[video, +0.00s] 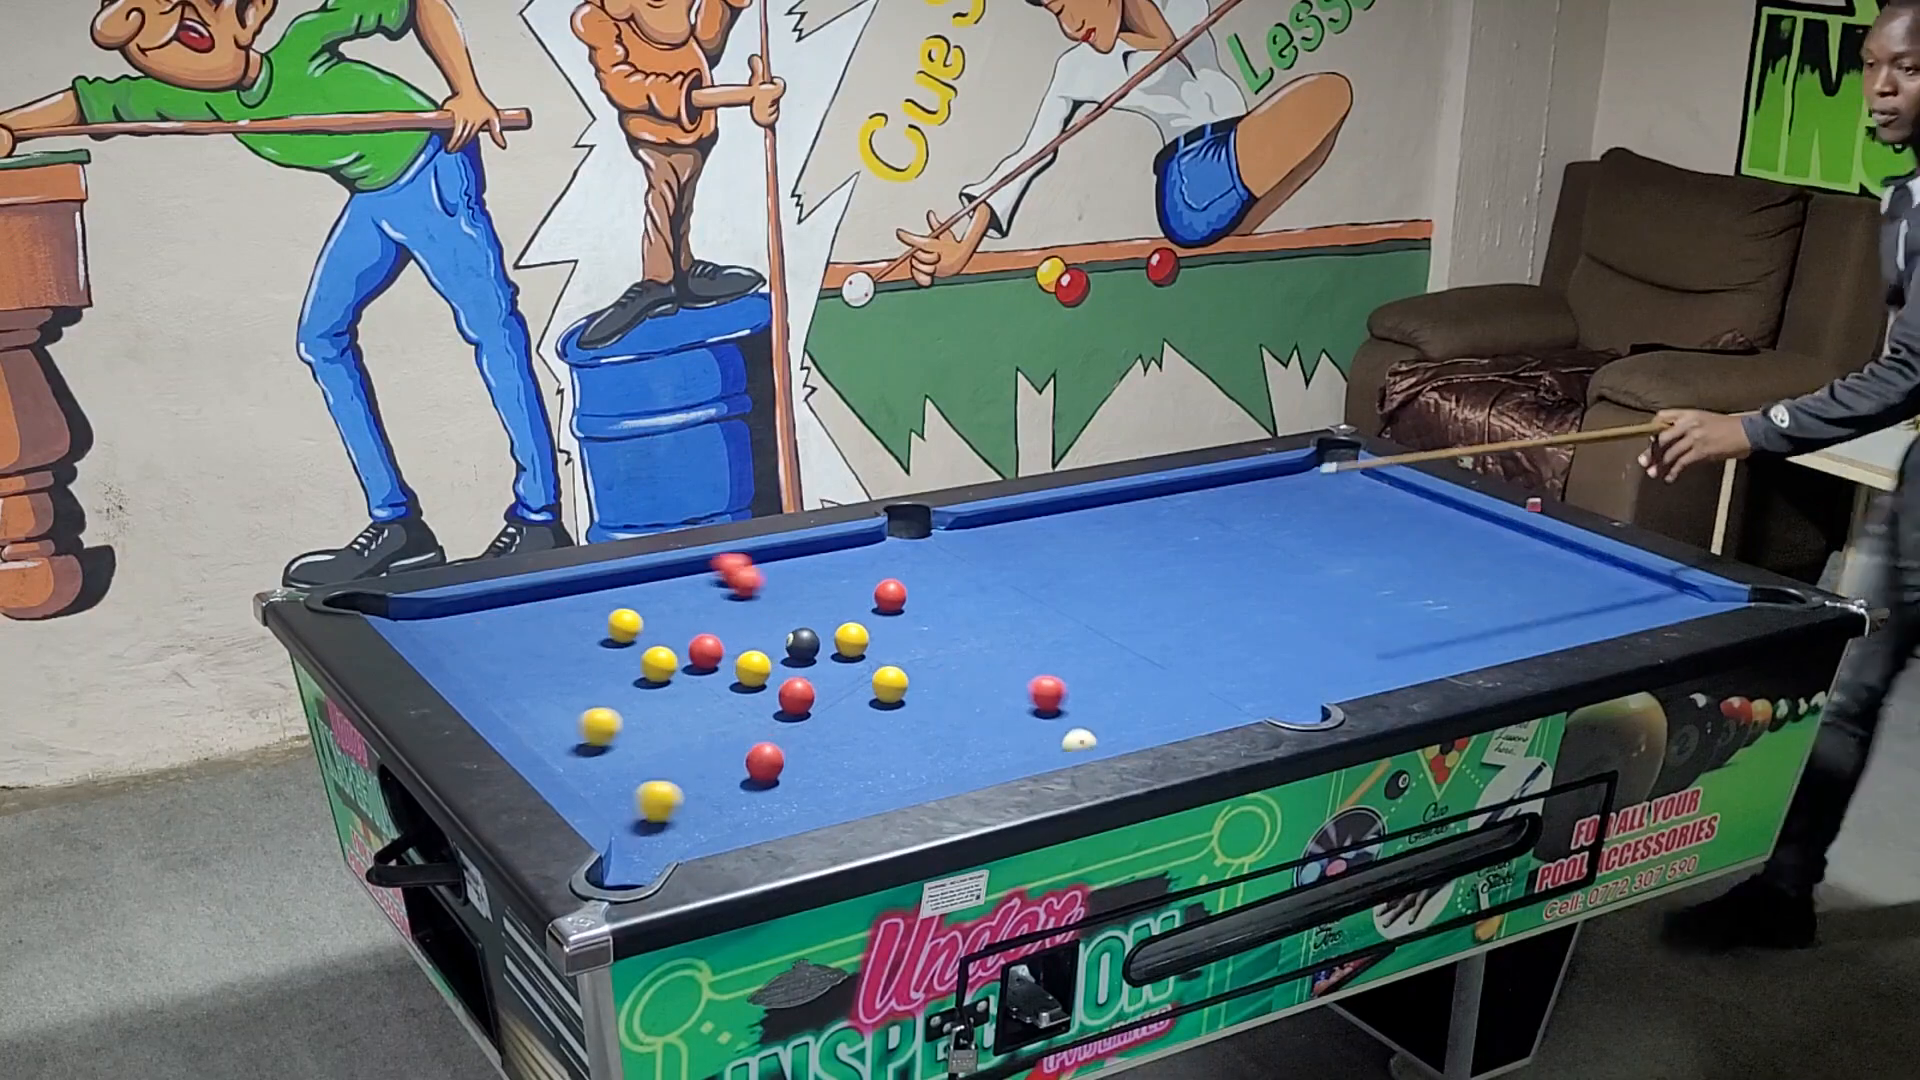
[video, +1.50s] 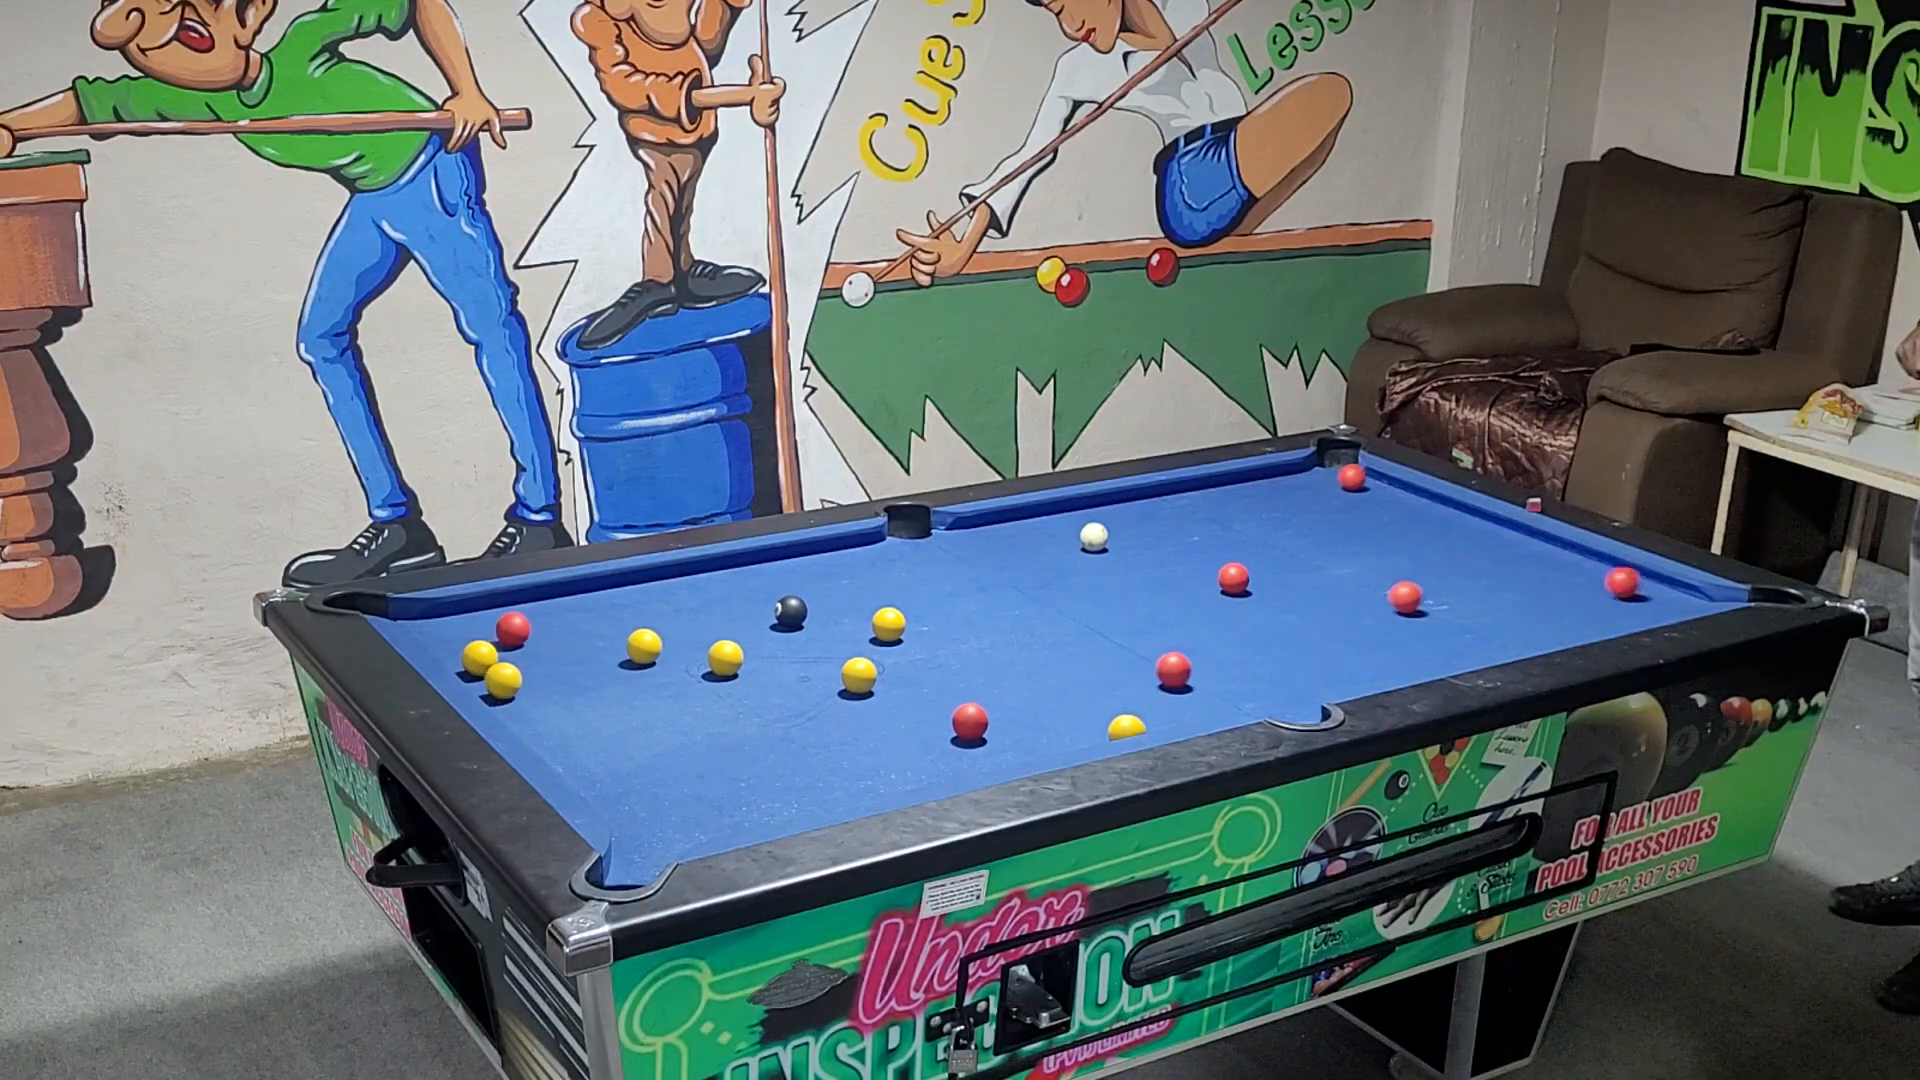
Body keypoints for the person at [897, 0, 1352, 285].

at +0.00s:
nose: (1069, 23)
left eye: (1071, 4)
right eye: (1056, 15)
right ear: (1055, 18)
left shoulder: (1173, 10)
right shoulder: (1075, 69)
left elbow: (1196, 56)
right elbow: (1028, 156)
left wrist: (1141, 15)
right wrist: (964, 245)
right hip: (1194, 173)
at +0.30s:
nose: (1069, 23)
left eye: (1071, 4)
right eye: (1056, 15)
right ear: (1055, 18)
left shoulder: (1173, 10)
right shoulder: (1076, 69)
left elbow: (1197, 56)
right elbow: (1028, 156)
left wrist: (1142, 16)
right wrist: (964, 245)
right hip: (1193, 174)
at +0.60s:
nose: (1069, 24)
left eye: (1070, 5)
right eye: (1056, 15)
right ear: (1055, 18)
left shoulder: (1176, 10)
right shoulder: (1076, 68)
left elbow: (1197, 58)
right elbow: (1028, 156)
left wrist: (1140, 12)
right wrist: (964, 245)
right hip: (1191, 183)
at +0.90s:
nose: (1069, 25)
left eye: (1069, 6)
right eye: (1057, 16)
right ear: (1056, 18)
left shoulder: (1177, 10)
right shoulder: (1077, 68)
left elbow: (1199, 60)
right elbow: (1028, 157)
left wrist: (1142, 15)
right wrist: (964, 246)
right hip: (1191, 184)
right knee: (1330, 92)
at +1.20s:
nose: (1069, 24)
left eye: (1070, 5)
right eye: (1056, 15)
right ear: (1056, 18)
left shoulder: (1175, 10)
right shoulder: (1076, 69)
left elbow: (1198, 57)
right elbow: (1028, 156)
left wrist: (1138, 13)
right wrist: (964, 246)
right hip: (1192, 183)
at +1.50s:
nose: (1070, 25)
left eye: (1070, 6)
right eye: (1057, 16)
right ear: (1056, 18)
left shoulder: (1177, 10)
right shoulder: (1077, 69)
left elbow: (1198, 59)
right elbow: (1028, 157)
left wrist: (1143, 17)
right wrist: (963, 246)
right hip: (1190, 185)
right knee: (1330, 92)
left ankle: (1239, 231)